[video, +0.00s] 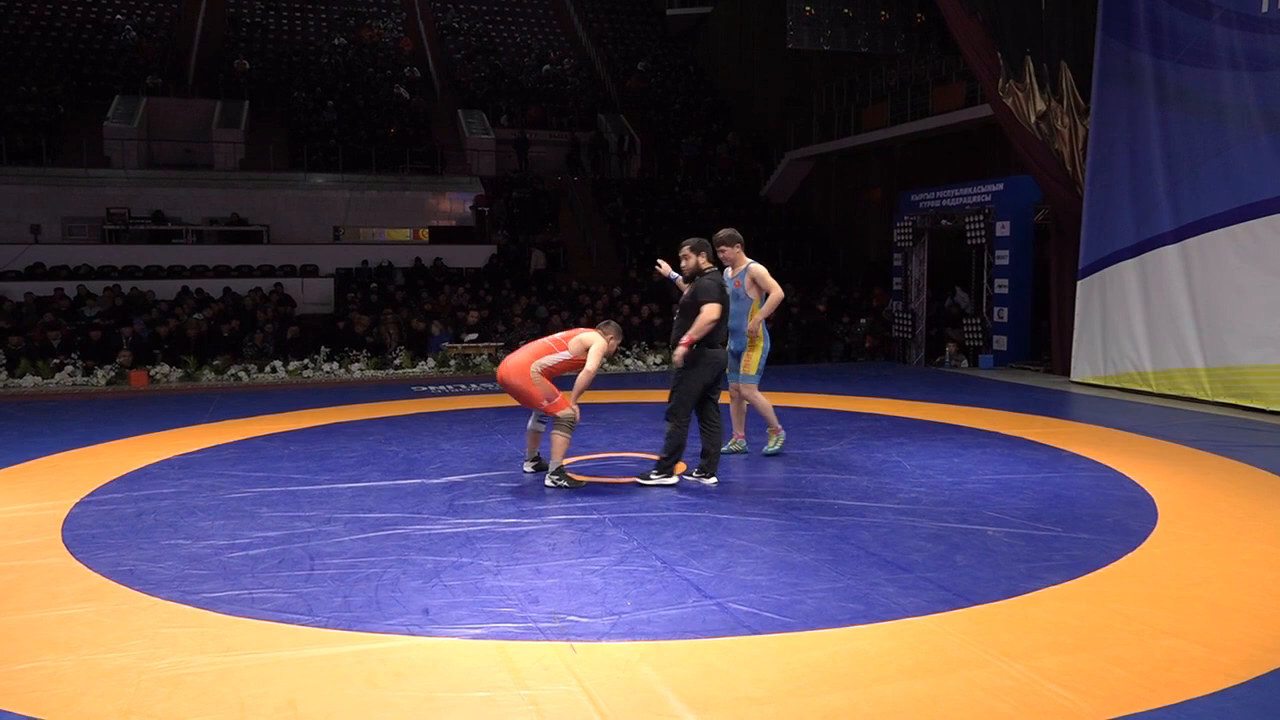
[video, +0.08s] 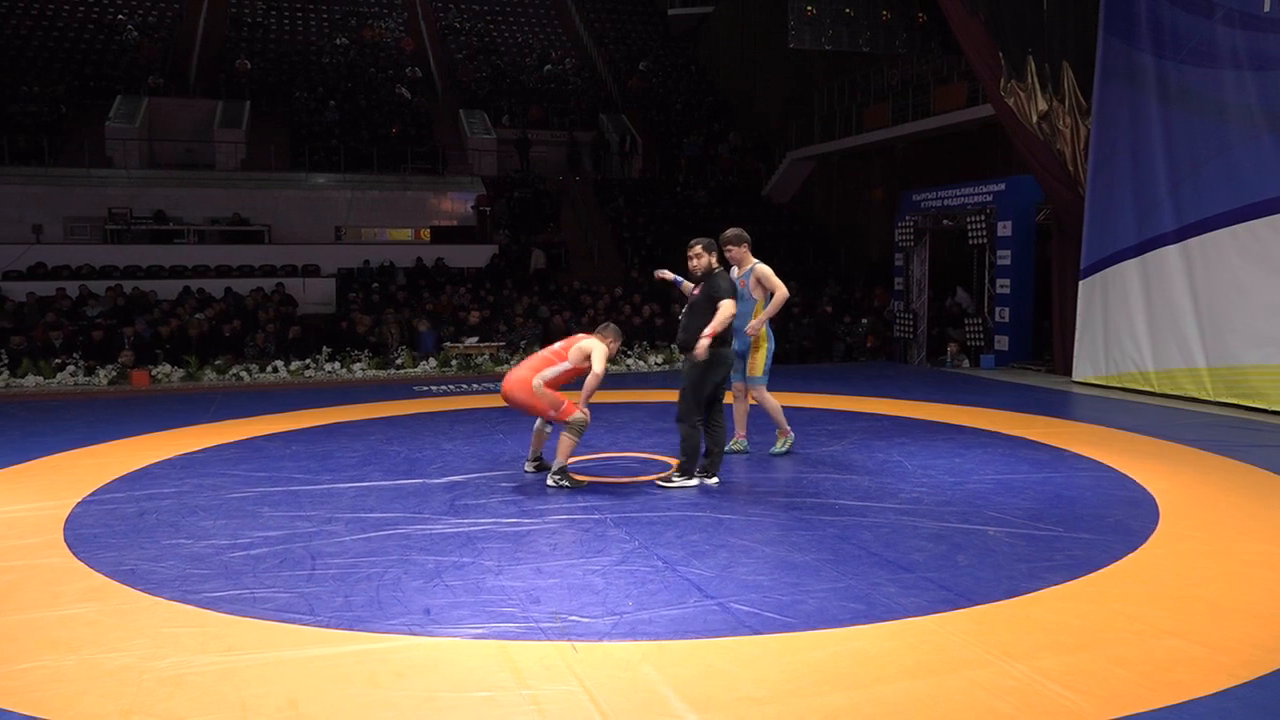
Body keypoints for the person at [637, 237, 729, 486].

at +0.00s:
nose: (682, 263)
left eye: (686, 258)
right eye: (681, 259)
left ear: (702, 257)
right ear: (701, 259)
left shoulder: (707, 282)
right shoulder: (710, 279)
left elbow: (711, 315)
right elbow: (692, 295)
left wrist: (685, 343)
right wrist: (672, 276)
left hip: (700, 355)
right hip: (713, 354)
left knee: (677, 411)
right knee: (708, 413)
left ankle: (665, 469)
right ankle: (707, 470)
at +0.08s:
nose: (693, 262)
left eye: (698, 257)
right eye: (690, 258)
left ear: (713, 257)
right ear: (691, 260)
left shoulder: (719, 279)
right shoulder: (707, 280)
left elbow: (728, 309)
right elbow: (695, 293)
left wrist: (705, 337)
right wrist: (674, 278)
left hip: (707, 356)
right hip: (714, 355)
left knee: (688, 412)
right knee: (712, 415)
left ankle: (687, 471)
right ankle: (710, 470)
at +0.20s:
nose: (708, 262)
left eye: (713, 256)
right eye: (704, 258)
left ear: (726, 257)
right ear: (701, 261)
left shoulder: (732, 278)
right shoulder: (711, 284)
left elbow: (748, 293)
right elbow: (705, 303)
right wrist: (687, 296)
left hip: (721, 354)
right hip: (708, 354)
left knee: (707, 411)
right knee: (713, 412)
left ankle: (722, 469)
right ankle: (713, 464)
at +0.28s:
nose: (717, 262)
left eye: (722, 257)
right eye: (712, 258)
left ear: (733, 258)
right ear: (707, 262)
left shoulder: (739, 279)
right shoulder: (714, 285)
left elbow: (752, 286)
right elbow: (712, 312)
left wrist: (763, 287)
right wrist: (697, 305)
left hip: (728, 354)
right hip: (713, 354)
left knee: (717, 412)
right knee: (716, 413)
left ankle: (749, 465)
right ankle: (713, 467)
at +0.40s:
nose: (730, 263)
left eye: (736, 257)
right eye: (726, 258)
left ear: (746, 259)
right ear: (720, 262)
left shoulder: (754, 280)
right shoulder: (723, 287)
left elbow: (775, 285)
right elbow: (708, 306)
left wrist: (785, 268)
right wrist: (704, 304)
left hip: (740, 357)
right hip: (722, 357)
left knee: (735, 415)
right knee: (721, 416)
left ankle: (782, 460)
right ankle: (714, 470)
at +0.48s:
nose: (740, 265)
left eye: (745, 259)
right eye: (735, 260)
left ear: (757, 259)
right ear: (730, 263)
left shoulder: (766, 282)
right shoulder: (734, 287)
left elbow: (788, 283)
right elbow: (719, 307)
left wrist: (795, 259)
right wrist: (714, 305)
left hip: (752, 360)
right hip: (734, 360)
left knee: (752, 421)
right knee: (728, 420)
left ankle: (795, 467)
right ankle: (714, 471)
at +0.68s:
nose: (764, 240)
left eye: (768, 235)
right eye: (762, 236)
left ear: (783, 234)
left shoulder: (801, 257)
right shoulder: (772, 259)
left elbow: (830, 281)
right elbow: (759, 296)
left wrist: (807, 304)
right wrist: (744, 309)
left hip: (798, 325)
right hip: (778, 323)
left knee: (797, 385)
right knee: (786, 385)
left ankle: (815, 433)